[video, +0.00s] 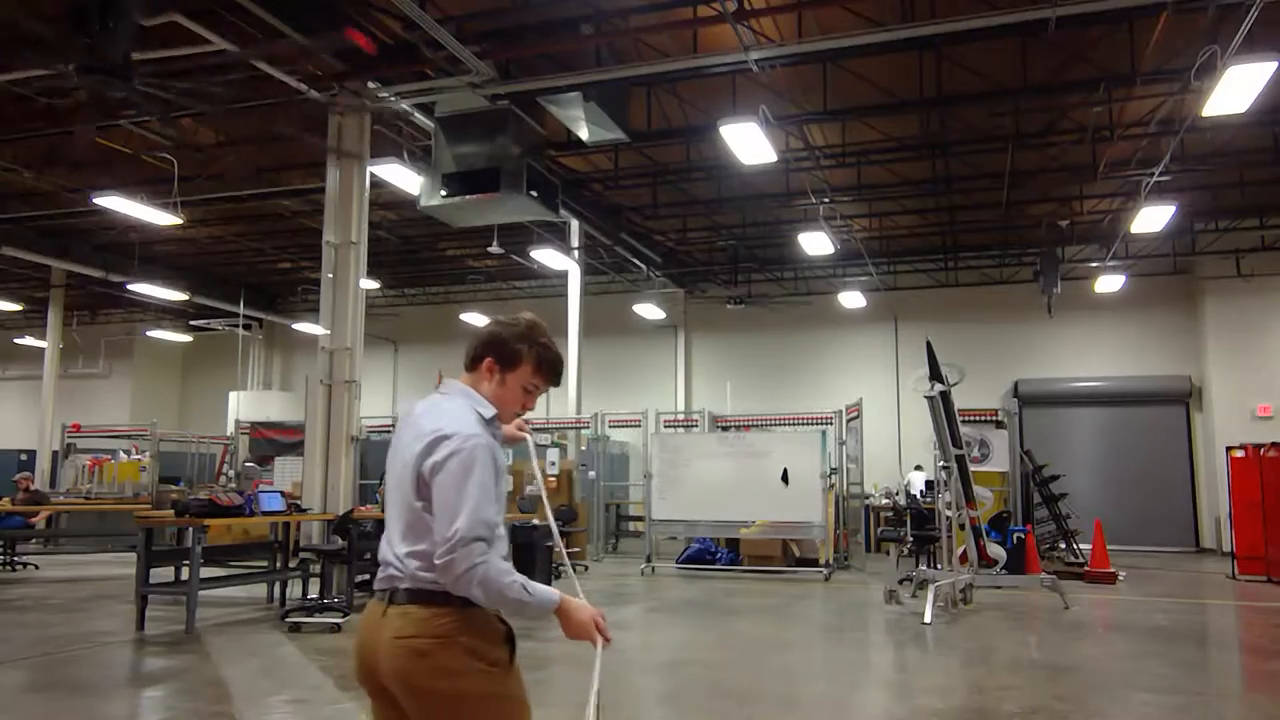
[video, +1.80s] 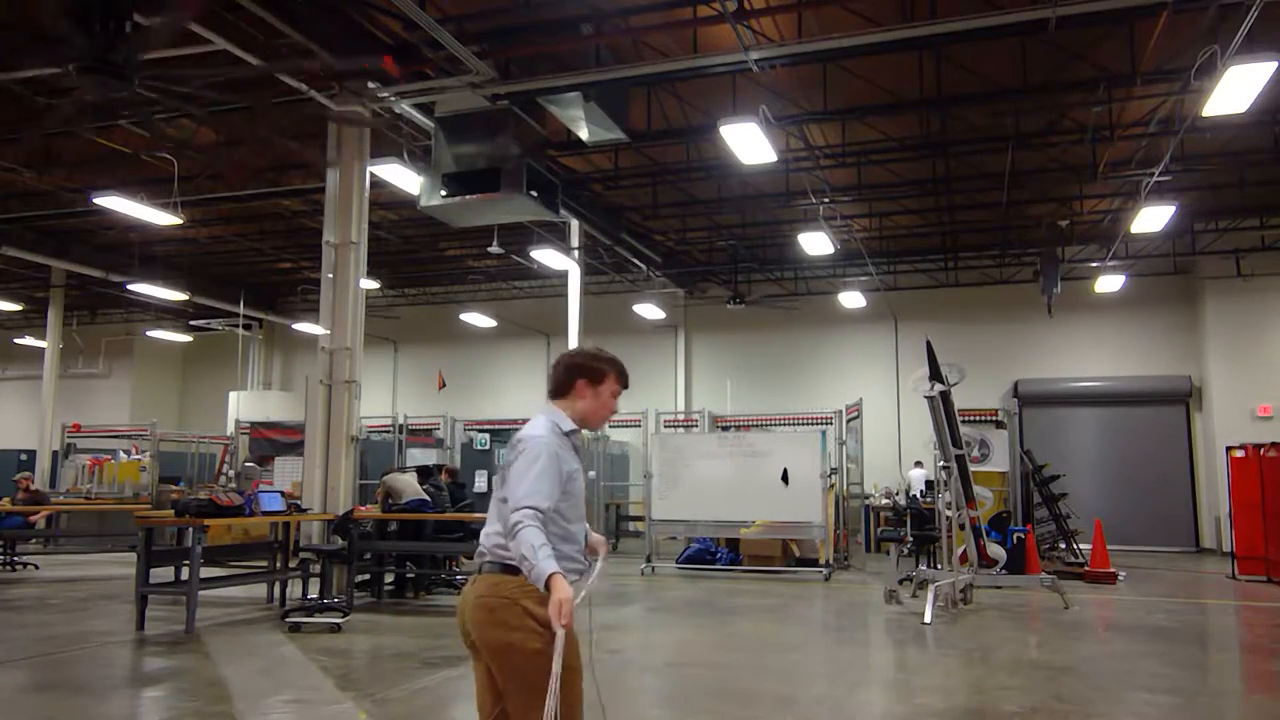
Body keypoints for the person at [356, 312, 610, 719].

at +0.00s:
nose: (530, 407)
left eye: (537, 395)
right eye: (528, 390)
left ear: (486, 370)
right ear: (490, 370)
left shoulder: (420, 413)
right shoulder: (467, 437)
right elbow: (466, 563)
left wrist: (494, 433)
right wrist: (559, 605)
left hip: (382, 622)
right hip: (442, 636)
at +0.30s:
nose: (571, 409)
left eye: (578, 398)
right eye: (570, 393)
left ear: (528, 374)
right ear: (532, 374)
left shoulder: (463, 418)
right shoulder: (511, 441)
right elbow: (503, 564)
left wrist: (537, 434)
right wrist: (590, 629)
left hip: (432, 612)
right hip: (491, 626)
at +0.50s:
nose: (607, 416)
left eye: (613, 405)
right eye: (607, 401)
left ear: (568, 379)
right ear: (573, 382)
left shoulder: (495, 415)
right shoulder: (544, 443)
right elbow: (532, 566)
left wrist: (561, 431)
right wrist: (592, 648)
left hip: (453, 608)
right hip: (506, 620)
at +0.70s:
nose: (630, 422)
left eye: (636, 413)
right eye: (633, 410)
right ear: (604, 393)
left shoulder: (519, 410)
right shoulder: (556, 457)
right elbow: (502, 571)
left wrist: (585, 437)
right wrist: (558, 650)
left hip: (463, 605)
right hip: (515, 621)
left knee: (483, 714)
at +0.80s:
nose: (627, 428)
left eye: (634, 420)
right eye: (632, 417)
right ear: (605, 398)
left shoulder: (525, 410)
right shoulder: (553, 461)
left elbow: (560, 424)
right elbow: (515, 573)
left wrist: (593, 443)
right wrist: (587, 616)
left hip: (470, 601)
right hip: (516, 619)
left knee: (488, 714)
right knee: (540, 711)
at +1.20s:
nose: (602, 417)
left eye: (606, 407)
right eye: (601, 404)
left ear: (567, 388)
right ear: (569, 388)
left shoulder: (539, 434)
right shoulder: (524, 444)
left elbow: (564, 480)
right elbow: (509, 550)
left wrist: (605, 496)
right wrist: (602, 566)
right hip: (513, 612)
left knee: (513, 712)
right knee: (536, 712)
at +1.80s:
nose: (615, 408)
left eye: (618, 398)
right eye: (613, 396)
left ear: (583, 390)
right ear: (583, 388)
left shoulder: (543, 436)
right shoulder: (545, 441)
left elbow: (546, 509)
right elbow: (523, 520)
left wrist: (585, 536)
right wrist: (555, 580)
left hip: (488, 588)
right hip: (515, 594)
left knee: (499, 713)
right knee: (552, 713)